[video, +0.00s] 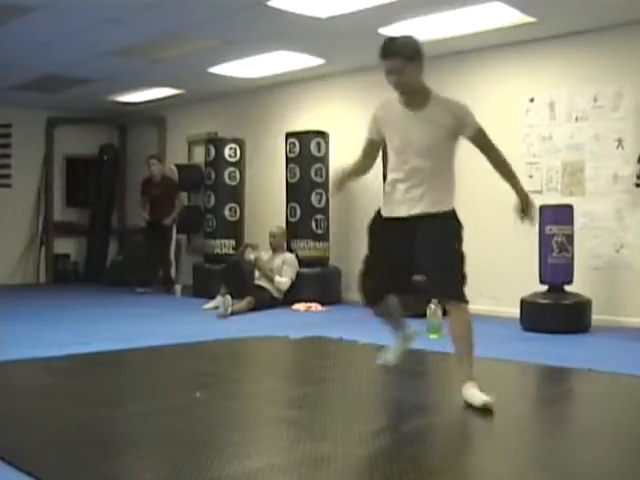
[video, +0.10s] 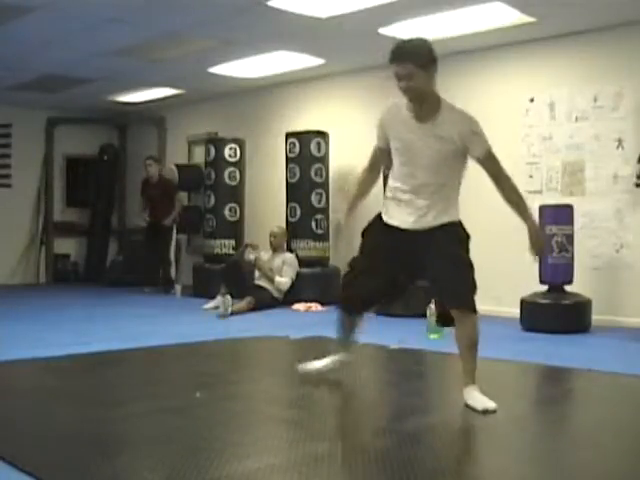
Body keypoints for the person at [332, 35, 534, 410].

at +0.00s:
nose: (394, 79)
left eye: (400, 71)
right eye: (388, 72)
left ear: (420, 66)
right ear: (384, 73)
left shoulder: (452, 111)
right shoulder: (384, 113)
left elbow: (490, 151)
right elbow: (366, 158)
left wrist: (520, 191)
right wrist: (347, 175)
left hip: (437, 219)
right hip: (391, 221)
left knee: (452, 297)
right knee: (372, 291)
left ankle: (468, 383)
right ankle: (403, 333)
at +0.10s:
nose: (402, 85)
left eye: (408, 77)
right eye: (397, 78)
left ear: (431, 74)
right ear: (393, 78)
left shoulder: (462, 125)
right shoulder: (391, 116)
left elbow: (499, 176)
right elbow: (374, 167)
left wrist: (531, 224)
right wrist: (348, 210)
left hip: (442, 232)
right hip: (391, 229)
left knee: (463, 303)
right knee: (352, 295)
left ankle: (470, 386)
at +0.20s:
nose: (398, 86)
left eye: (404, 77)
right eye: (394, 78)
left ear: (429, 72)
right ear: (392, 76)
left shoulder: (460, 120)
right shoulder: (389, 113)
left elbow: (495, 171)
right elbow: (375, 164)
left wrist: (513, 218)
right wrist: (354, 210)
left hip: (437, 230)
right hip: (386, 225)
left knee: (461, 302)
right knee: (338, 291)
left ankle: (470, 387)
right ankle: (307, 371)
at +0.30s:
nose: (385, 67)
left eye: (392, 58)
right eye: (380, 59)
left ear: (415, 52)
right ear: (376, 58)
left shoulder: (442, 97)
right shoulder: (368, 97)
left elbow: (490, 145)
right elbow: (354, 145)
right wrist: (337, 190)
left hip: (420, 216)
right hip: (365, 211)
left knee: (454, 298)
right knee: (321, 296)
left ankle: (469, 380)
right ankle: (293, 379)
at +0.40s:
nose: (360, 54)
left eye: (367, 45)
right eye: (354, 46)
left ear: (388, 40)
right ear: (348, 45)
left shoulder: (417, 81)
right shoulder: (337, 85)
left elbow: (479, 108)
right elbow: (313, 138)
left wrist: (454, 77)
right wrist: (295, 180)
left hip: (404, 210)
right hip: (344, 208)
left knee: (455, 292)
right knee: (300, 300)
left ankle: (463, 376)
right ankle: (266, 387)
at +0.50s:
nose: (333, 56)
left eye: (340, 46)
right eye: (325, 48)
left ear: (360, 44)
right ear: (318, 51)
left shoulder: (388, 92)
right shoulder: (304, 98)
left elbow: (458, 97)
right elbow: (271, 147)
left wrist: (448, 57)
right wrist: (241, 190)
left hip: (381, 220)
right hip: (324, 221)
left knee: (439, 293)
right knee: (287, 312)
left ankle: (464, 390)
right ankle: (251, 403)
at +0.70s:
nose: (309, 49)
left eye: (314, 40)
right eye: (299, 43)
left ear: (322, 37)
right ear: (283, 44)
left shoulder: (341, 86)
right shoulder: (258, 92)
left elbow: (399, 108)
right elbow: (226, 142)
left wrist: (445, 106)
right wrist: (216, 181)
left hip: (341, 218)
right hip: (282, 220)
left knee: (394, 303)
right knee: (261, 313)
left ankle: (427, 389)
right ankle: (248, 408)